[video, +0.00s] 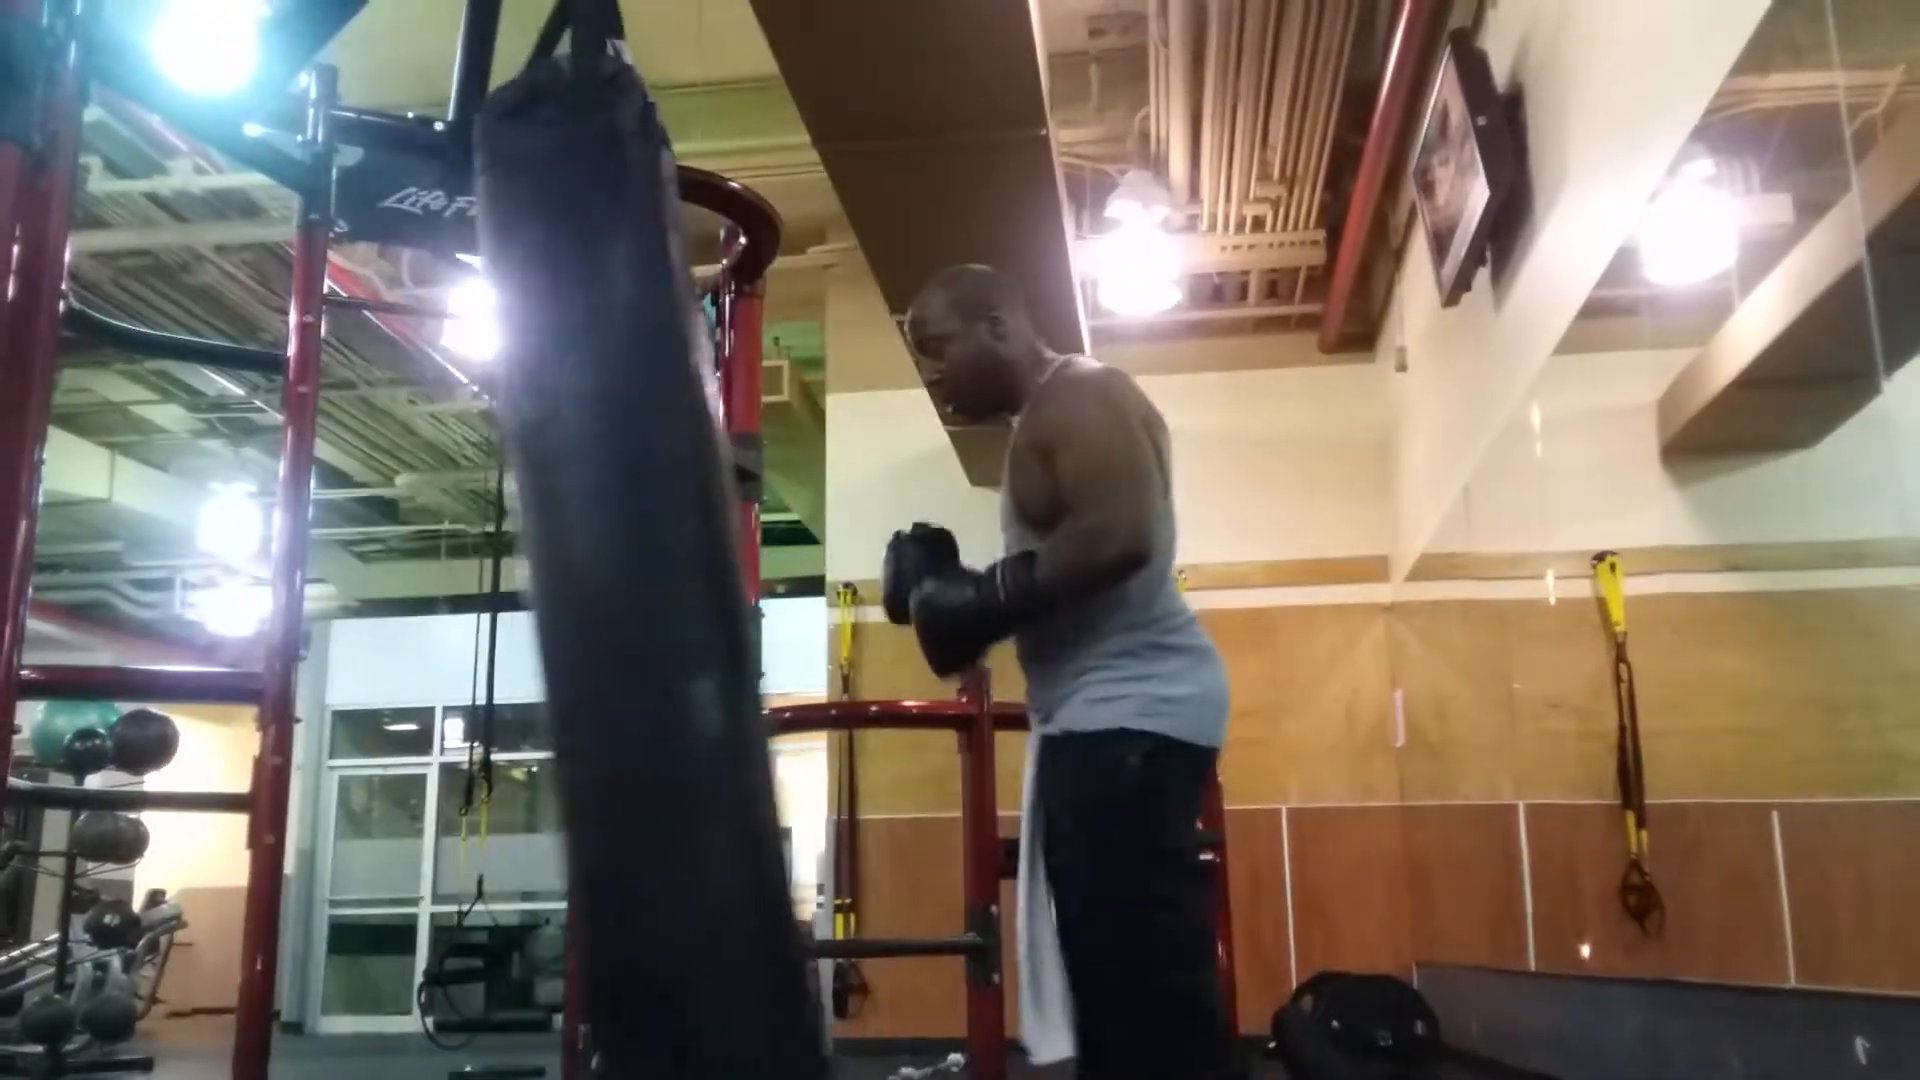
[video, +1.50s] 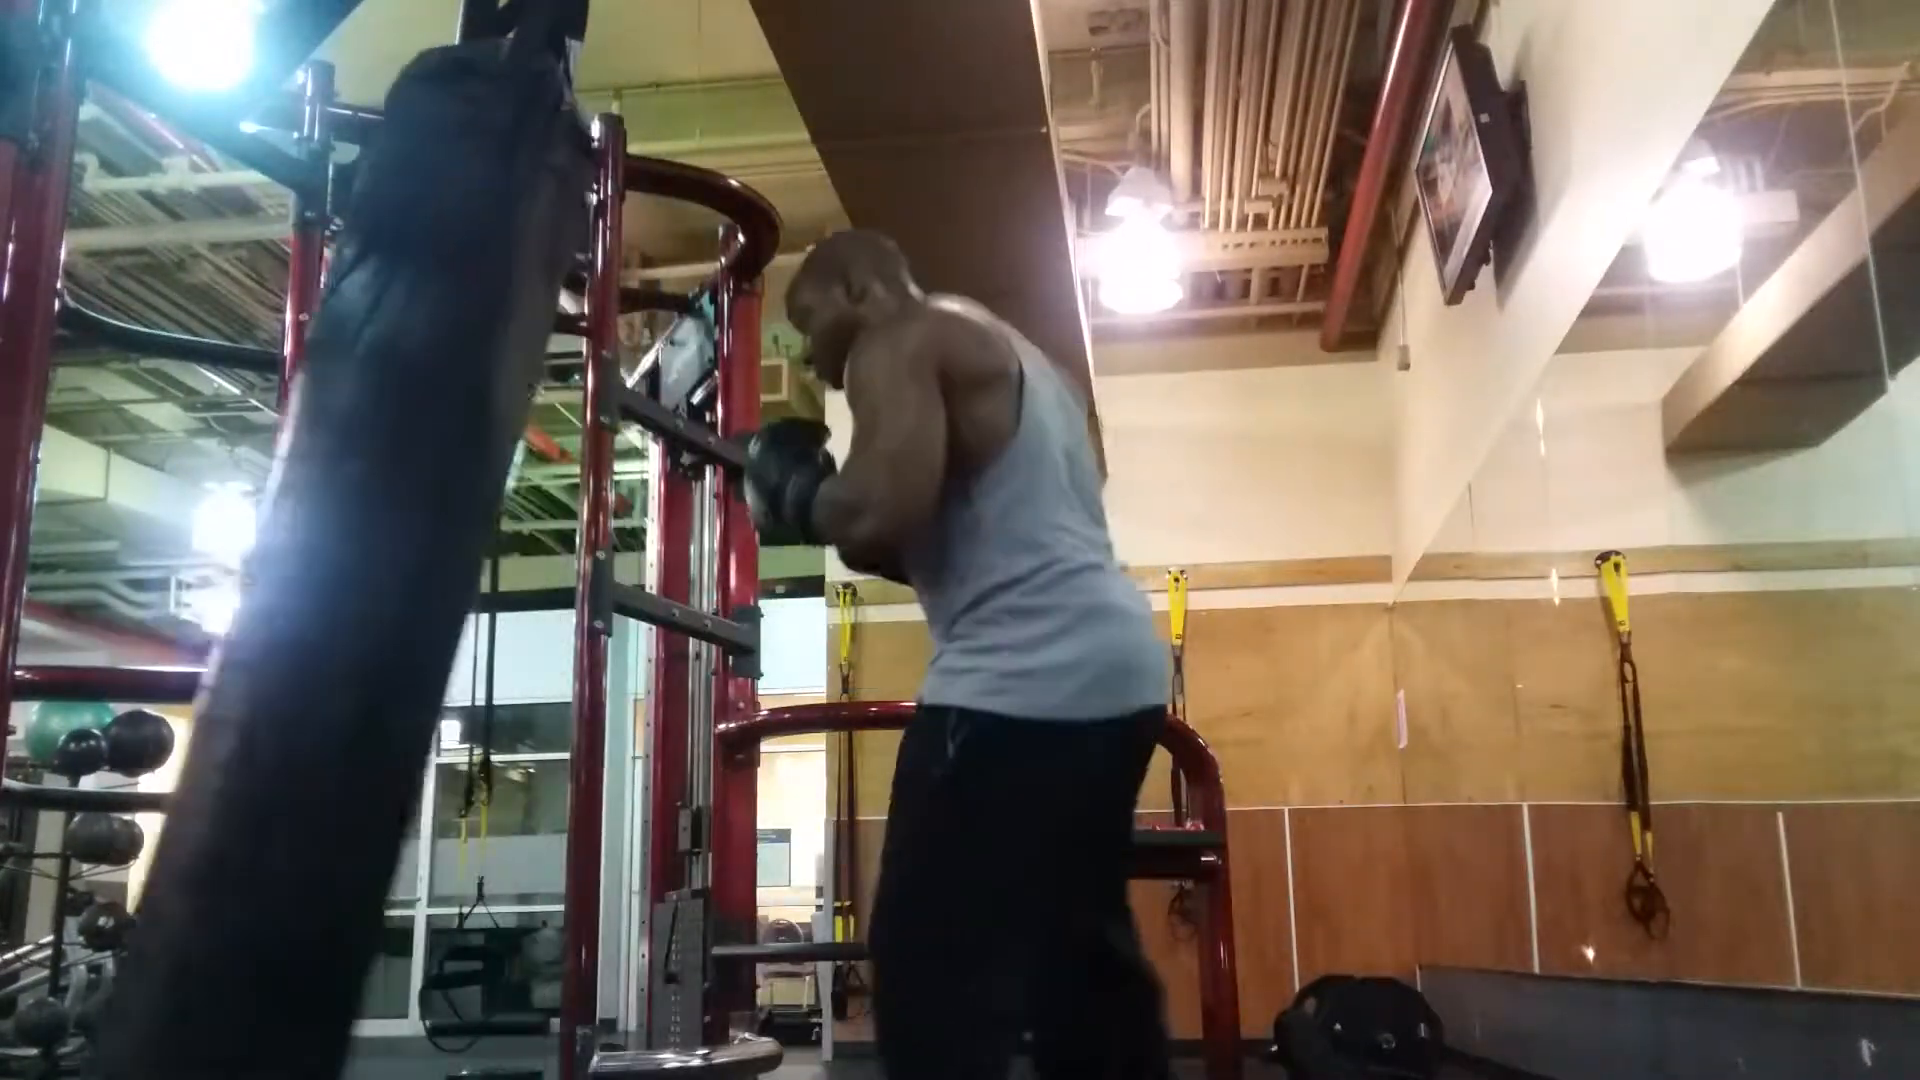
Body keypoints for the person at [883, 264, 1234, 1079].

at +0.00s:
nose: (930, 378)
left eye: (935, 350)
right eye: (922, 359)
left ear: (999, 327)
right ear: (1003, 335)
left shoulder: (1080, 396)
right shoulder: (1053, 415)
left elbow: (1117, 533)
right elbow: (1068, 556)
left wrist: (987, 599)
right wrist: (967, 587)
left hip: (1128, 712)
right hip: (1098, 713)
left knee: (1130, 989)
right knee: (1119, 983)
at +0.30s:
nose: (931, 376)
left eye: (934, 346)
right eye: (922, 355)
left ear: (994, 318)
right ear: (994, 325)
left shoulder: (1110, 376)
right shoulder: (1038, 438)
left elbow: (1147, 511)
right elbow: (1074, 594)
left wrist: (1008, 538)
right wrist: (983, 579)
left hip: (1180, 711)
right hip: (1107, 719)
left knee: (1206, 998)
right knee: (1091, 995)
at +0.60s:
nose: (894, 434)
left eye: (896, 410)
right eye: (887, 418)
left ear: (952, 379)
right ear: (953, 386)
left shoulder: (1036, 414)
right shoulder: (998, 473)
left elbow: (1070, 515)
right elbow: (1061, 646)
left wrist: (951, 541)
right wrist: (963, 637)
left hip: (1118, 735)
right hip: (1077, 738)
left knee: (1116, 999)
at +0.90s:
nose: (861, 411)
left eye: (867, 385)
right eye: (854, 393)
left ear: (926, 360)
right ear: (926, 368)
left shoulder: (1037, 416)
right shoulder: (962, 489)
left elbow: (1041, 566)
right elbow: (977, 653)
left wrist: (928, 535)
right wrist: (847, 646)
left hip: (1083, 724)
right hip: (1028, 730)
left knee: (1019, 1003)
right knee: (1005, 1002)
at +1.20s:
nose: (807, 401)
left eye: (809, 374)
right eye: (802, 381)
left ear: (868, 352)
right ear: (876, 355)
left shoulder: (983, 418)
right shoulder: (934, 461)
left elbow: (989, 605)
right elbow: (961, 630)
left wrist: (864, 562)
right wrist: (842, 662)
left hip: (1056, 722)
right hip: (1016, 720)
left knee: (931, 946)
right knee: (975, 960)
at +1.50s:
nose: (808, 354)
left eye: (806, 323)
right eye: (800, 331)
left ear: (858, 290)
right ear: (890, 284)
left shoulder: (901, 337)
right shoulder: (1025, 356)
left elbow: (881, 519)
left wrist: (805, 490)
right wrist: (819, 503)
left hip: (1015, 689)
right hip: (1111, 682)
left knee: (927, 965)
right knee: (1080, 951)